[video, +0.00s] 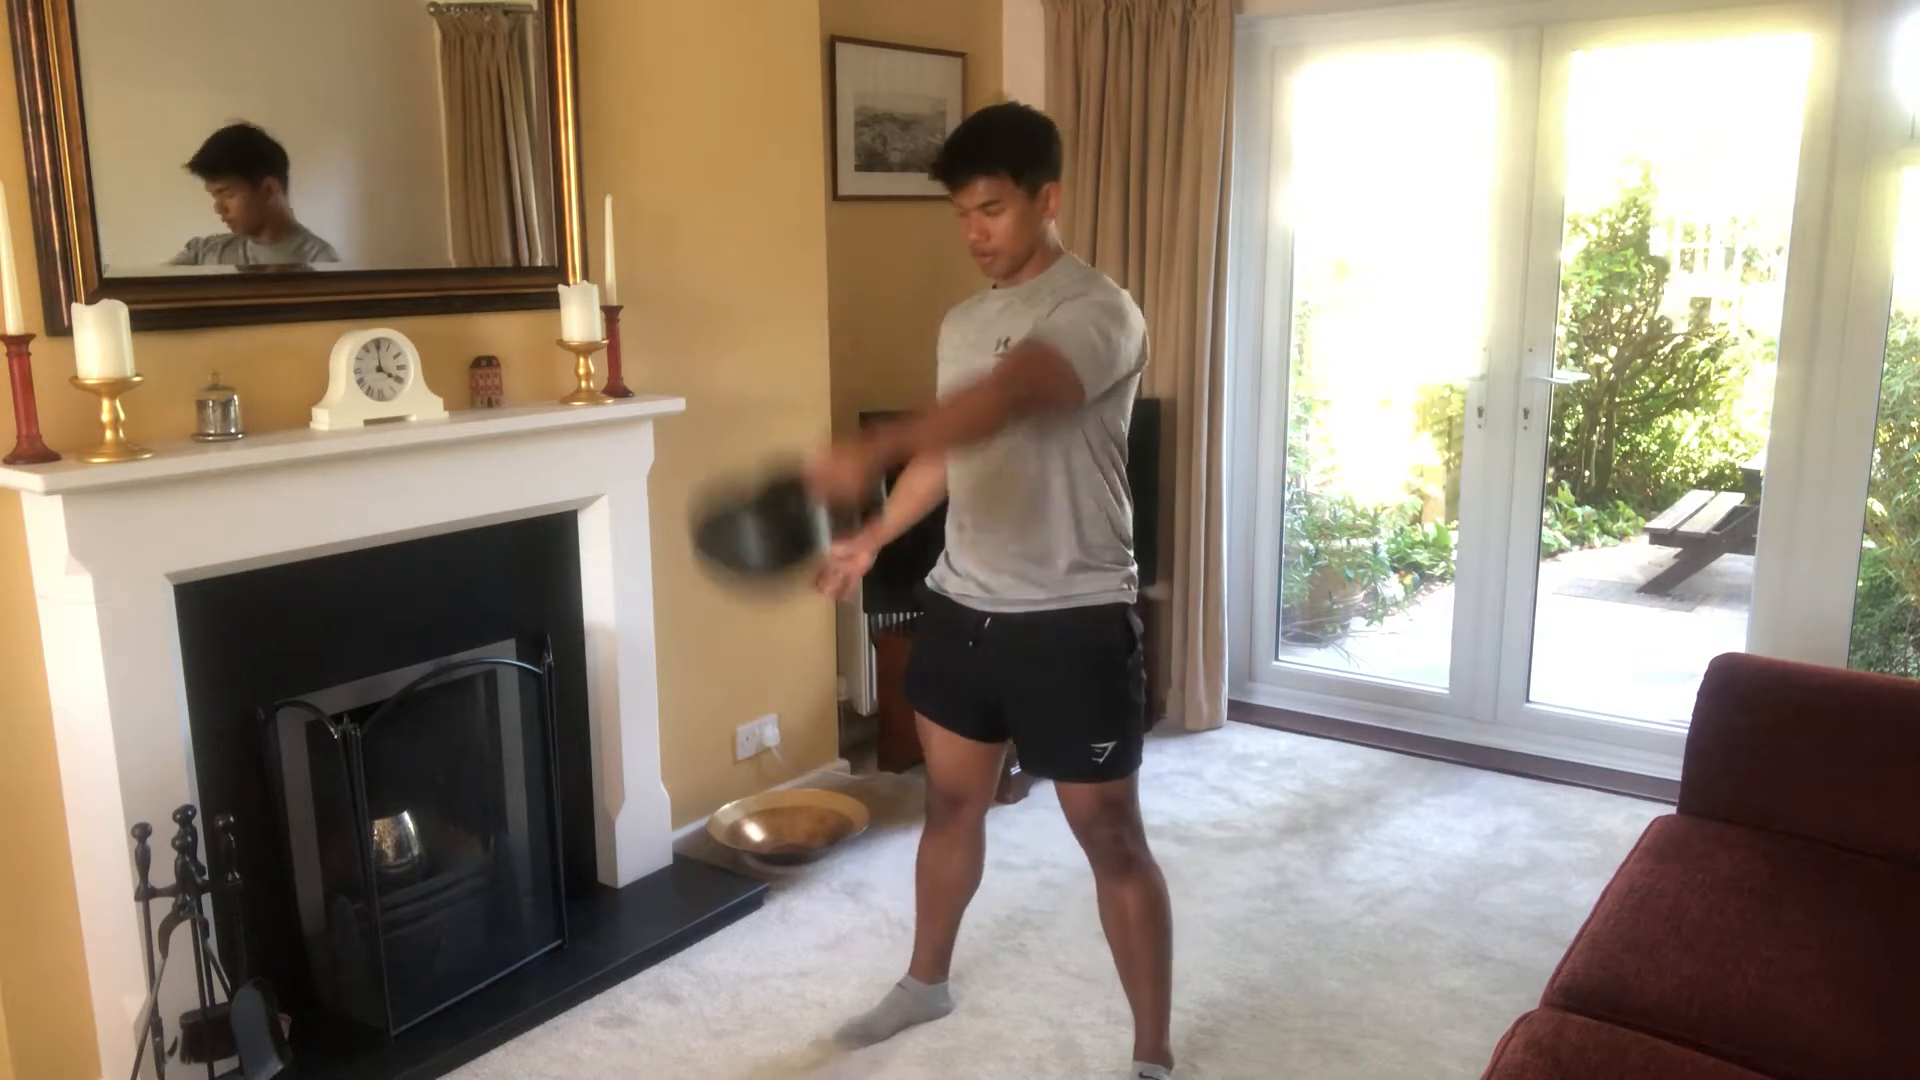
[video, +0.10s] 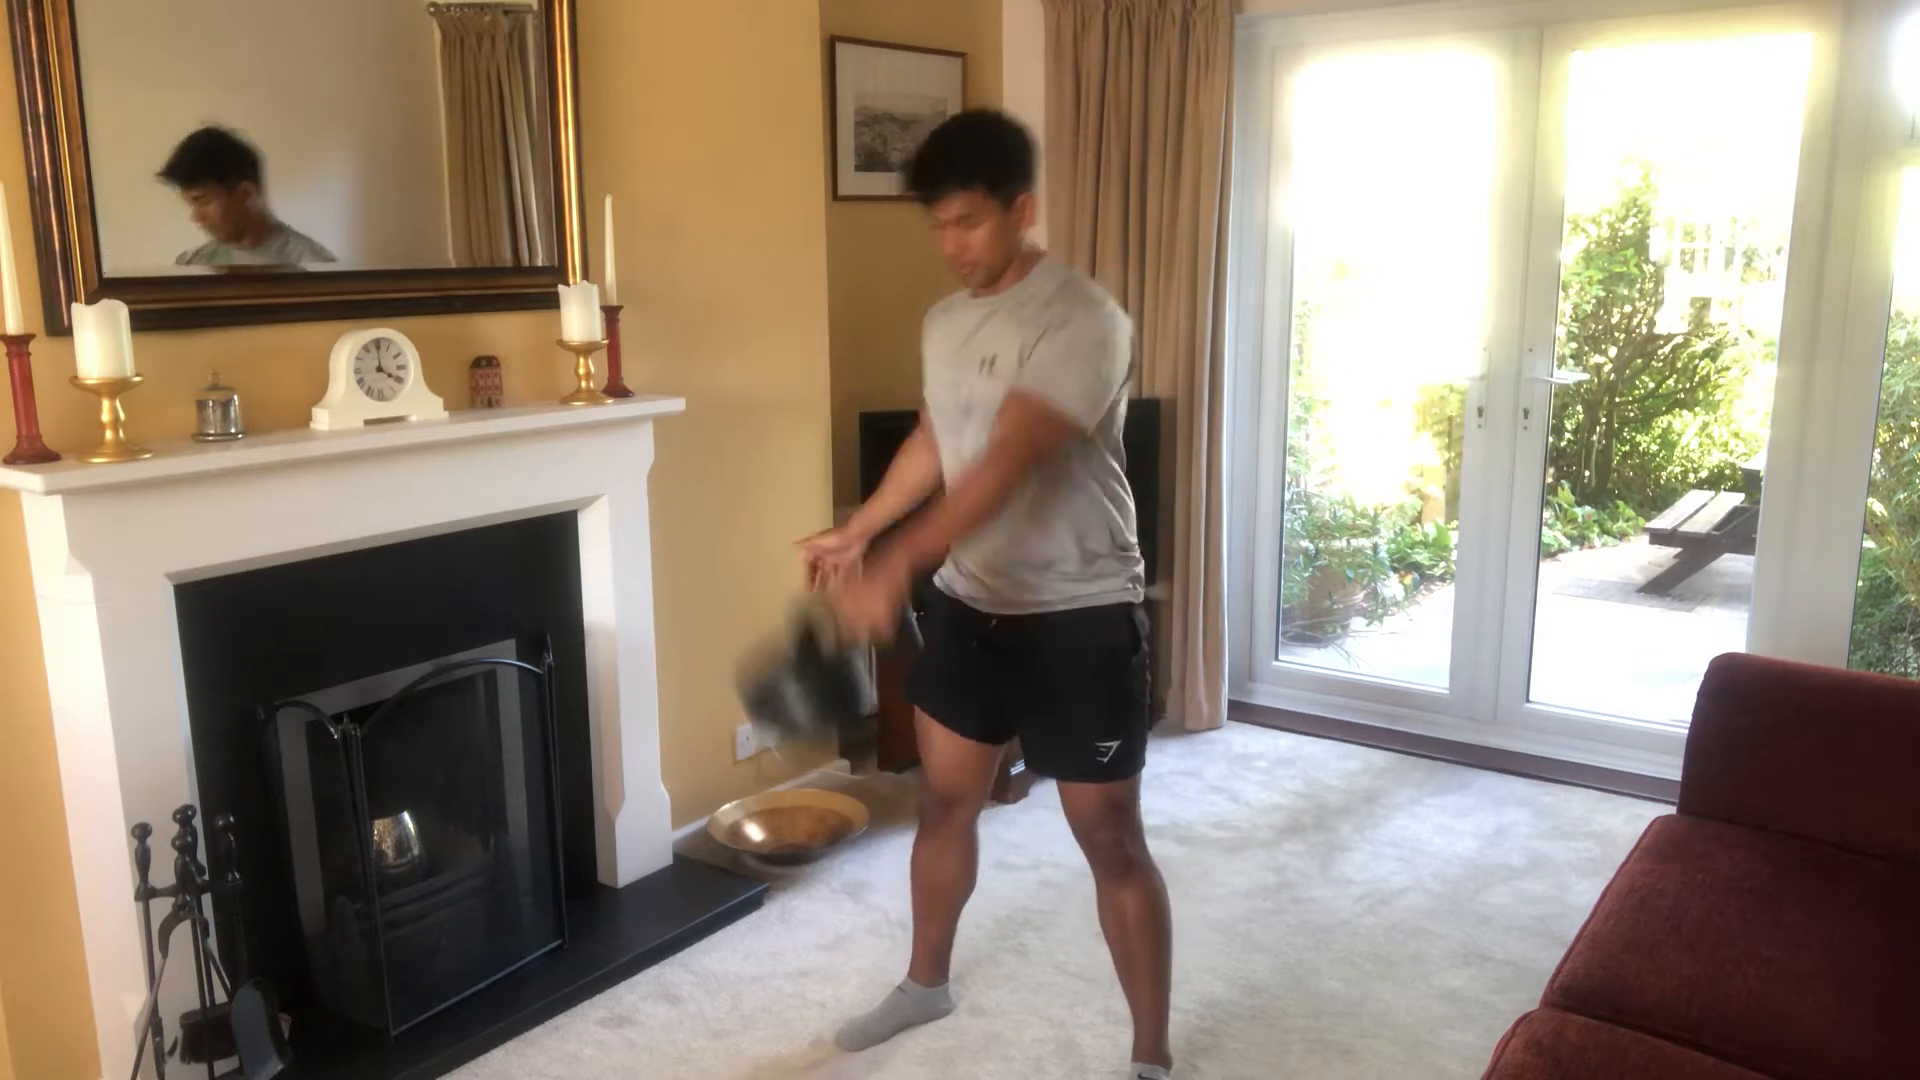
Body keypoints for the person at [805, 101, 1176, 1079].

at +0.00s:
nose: (976, 231)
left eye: (992, 208)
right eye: (963, 213)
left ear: (1047, 198)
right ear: (955, 211)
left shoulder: (1102, 309)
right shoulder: (961, 323)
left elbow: (1013, 393)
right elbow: (946, 453)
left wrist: (872, 451)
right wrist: (875, 534)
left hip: (1077, 617)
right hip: (963, 606)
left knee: (1111, 837)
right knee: (949, 807)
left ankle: (1153, 1054)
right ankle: (926, 980)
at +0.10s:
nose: (953, 244)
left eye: (970, 220)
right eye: (940, 225)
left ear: (1024, 208)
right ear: (929, 222)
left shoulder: (1086, 319)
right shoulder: (945, 320)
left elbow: (1009, 460)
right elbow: (934, 439)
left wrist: (896, 566)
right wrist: (860, 527)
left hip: (1081, 616)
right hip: (967, 607)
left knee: (1109, 836)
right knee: (944, 805)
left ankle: (1151, 1055)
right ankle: (926, 984)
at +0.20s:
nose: (909, 293)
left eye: (923, 272)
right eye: (898, 275)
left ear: (973, 252)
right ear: (892, 266)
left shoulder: (1052, 349)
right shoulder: (917, 340)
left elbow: (1010, 532)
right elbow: (923, 442)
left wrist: (932, 667)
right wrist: (852, 534)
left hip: (1091, 616)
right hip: (983, 611)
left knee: (1111, 842)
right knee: (930, 796)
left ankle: (1151, 1058)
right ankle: (925, 984)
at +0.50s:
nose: (800, 633)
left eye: (802, 615)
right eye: (787, 619)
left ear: (846, 573)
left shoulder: (975, 612)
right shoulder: (846, 505)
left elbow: (1041, 709)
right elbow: (911, 641)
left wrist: (1061, 761)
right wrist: (986, 761)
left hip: (1108, 648)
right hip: (999, 640)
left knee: (1125, 872)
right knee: (893, 808)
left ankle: (1152, 1063)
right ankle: (923, 986)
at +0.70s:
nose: (806, 630)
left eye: (806, 610)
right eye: (793, 615)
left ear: (848, 567)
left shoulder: (977, 600)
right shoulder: (856, 501)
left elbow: (1045, 708)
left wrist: (1066, 760)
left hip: (1111, 641)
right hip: (1001, 635)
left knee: (1128, 867)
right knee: (901, 807)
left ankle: (1154, 1062)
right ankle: (923, 984)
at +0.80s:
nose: (820, 462)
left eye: (822, 439)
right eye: (807, 446)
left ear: (869, 407)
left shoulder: (999, 480)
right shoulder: (869, 448)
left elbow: (1031, 632)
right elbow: (924, 511)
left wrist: (1049, 751)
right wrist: (909, 574)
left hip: (1108, 629)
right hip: (990, 627)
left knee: (1128, 854)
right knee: (921, 797)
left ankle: (1156, 1060)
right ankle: (924, 984)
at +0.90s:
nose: (869, 313)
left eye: (882, 290)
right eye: (858, 295)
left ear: (935, 262)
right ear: (855, 287)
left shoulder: (1032, 356)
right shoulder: (894, 343)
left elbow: (1013, 545)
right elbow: (905, 447)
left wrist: (986, 698)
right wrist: (881, 548)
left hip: (1094, 604)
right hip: (980, 600)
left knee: (1121, 838)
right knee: (940, 788)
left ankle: (1154, 1057)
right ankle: (927, 981)